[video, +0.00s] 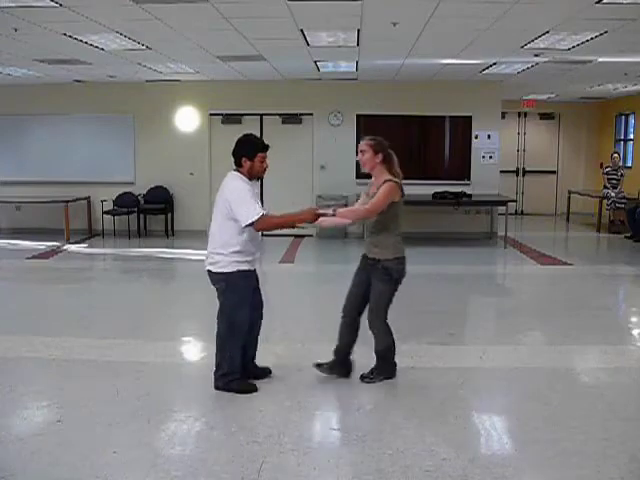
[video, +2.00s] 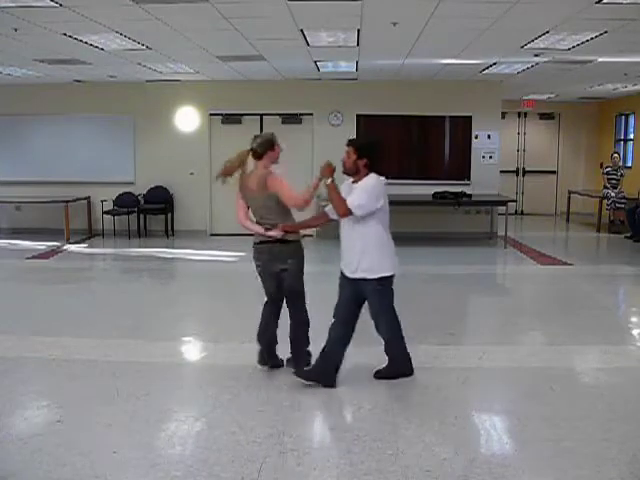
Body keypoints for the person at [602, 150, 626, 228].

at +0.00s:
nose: (615, 160)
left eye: (616, 158)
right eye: (613, 158)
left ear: (619, 160)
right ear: (611, 160)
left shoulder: (621, 170)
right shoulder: (606, 169)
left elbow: (621, 182)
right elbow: (605, 182)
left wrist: (618, 190)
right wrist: (611, 189)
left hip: (617, 188)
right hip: (608, 188)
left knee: (622, 196)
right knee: (611, 196)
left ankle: (621, 217)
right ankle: (611, 216)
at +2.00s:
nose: (615, 160)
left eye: (616, 158)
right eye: (613, 158)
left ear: (619, 160)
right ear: (611, 160)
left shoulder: (621, 170)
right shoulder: (606, 169)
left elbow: (621, 184)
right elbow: (605, 182)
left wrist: (617, 190)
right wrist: (611, 190)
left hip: (617, 188)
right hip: (608, 188)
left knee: (622, 196)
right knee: (611, 196)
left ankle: (621, 216)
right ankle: (611, 215)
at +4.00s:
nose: (615, 160)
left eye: (617, 158)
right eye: (613, 158)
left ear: (619, 160)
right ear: (611, 160)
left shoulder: (621, 170)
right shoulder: (606, 169)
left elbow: (621, 183)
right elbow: (605, 182)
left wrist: (617, 190)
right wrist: (611, 190)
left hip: (617, 189)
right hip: (608, 188)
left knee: (622, 196)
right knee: (611, 196)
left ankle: (621, 217)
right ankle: (611, 217)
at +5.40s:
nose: (615, 160)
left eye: (617, 158)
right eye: (614, 158)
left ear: (619, 160)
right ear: (611, 160)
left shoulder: (621, 170)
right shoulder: (606, 169)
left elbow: (621, 183)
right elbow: (605, 182)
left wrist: (617, 191)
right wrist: (611, 190)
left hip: (617, 188)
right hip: (608, 188)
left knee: (621, 196)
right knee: (611, 196)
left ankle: (621, 218)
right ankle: (612, 218)